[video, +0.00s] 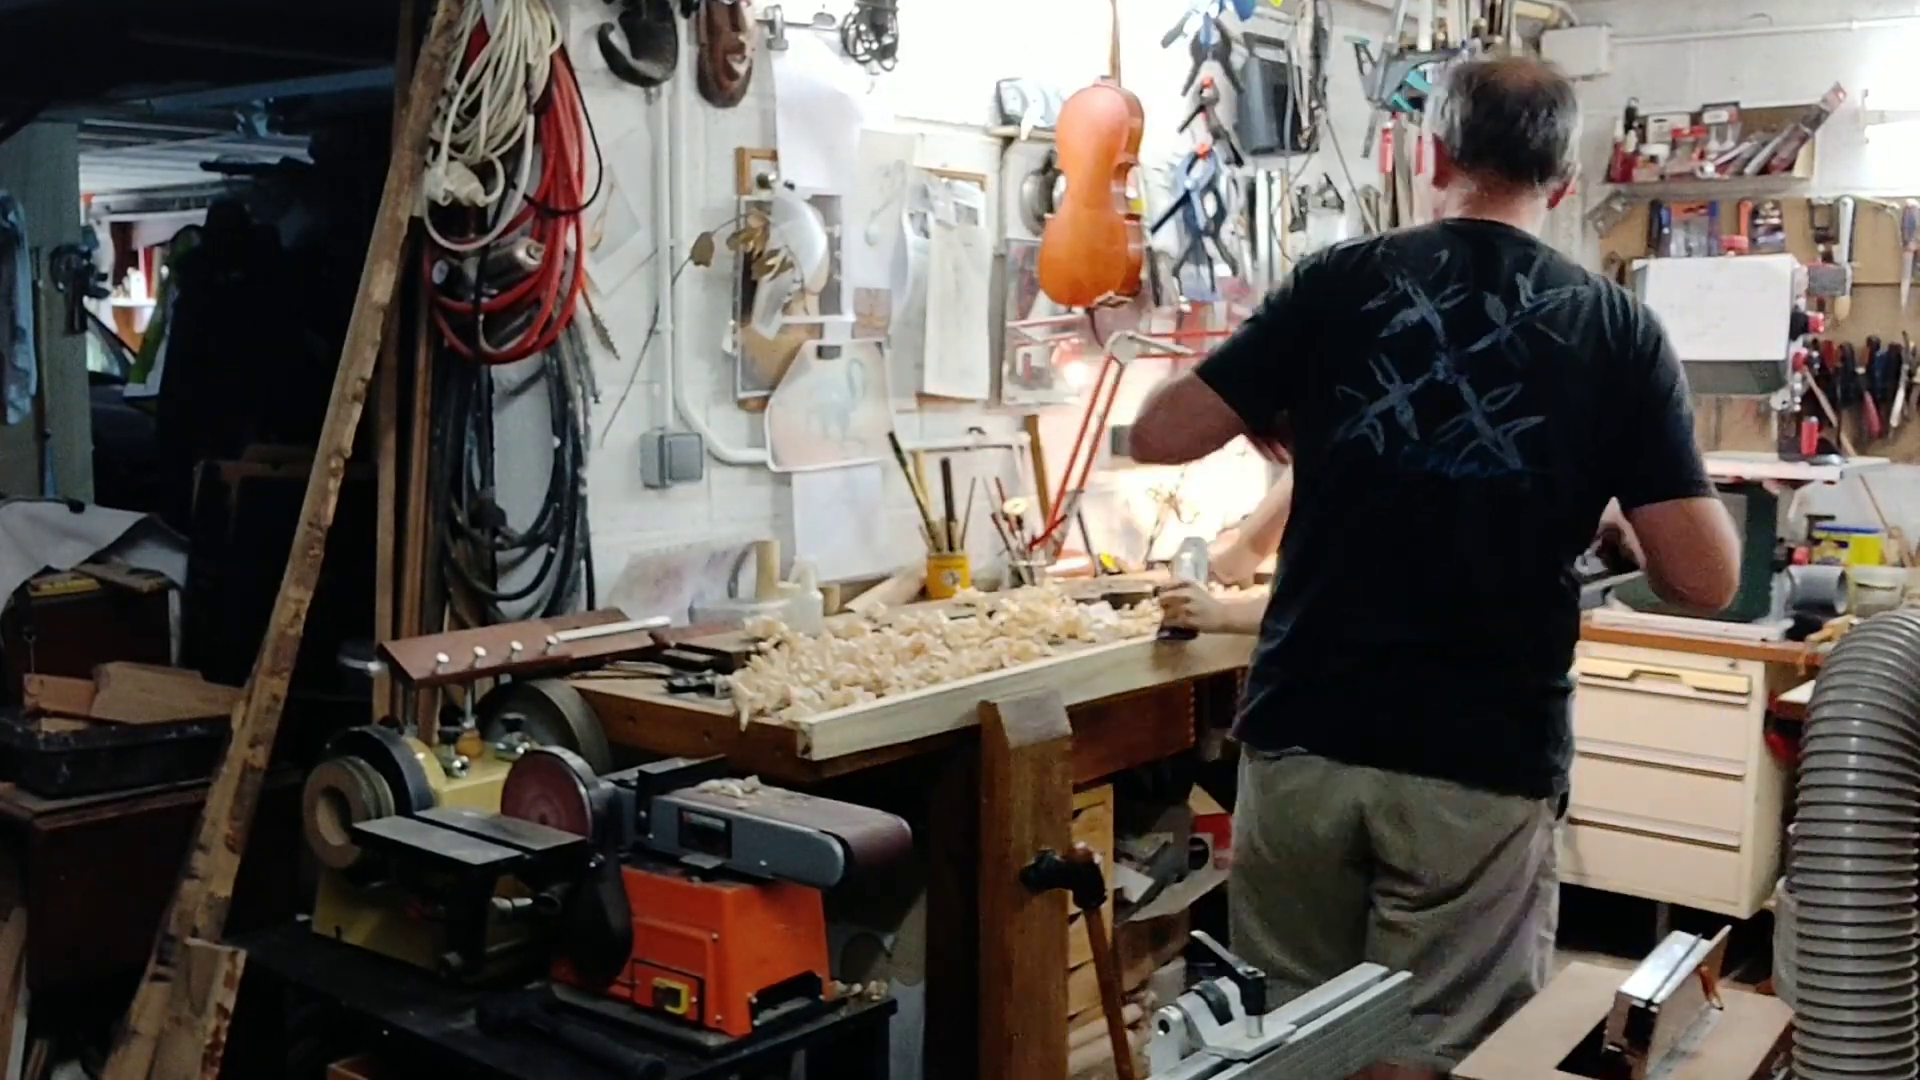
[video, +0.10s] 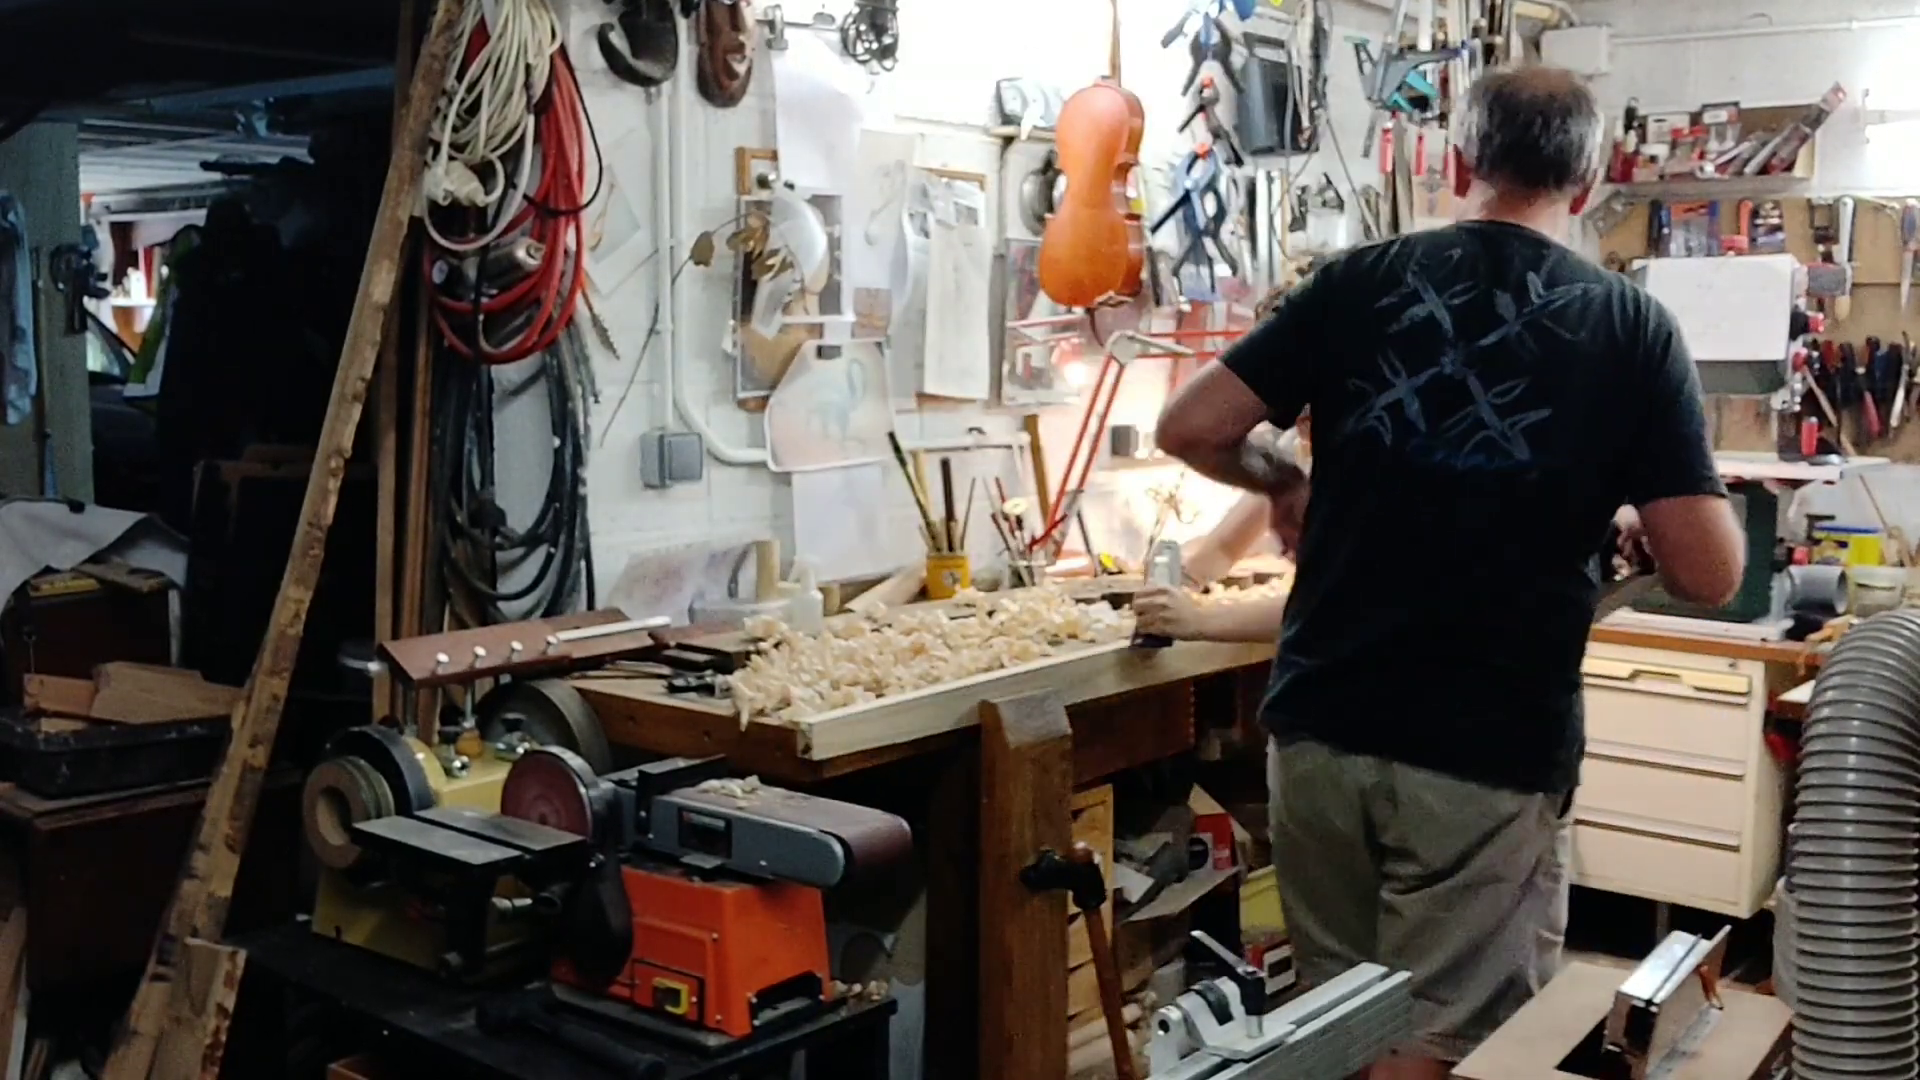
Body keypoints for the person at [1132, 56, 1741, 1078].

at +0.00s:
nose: (1433, 167)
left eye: (1433, 153)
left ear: (1437, 162)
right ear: (1562, 181)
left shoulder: (1337, 280)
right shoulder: (1615, 330)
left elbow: (1155, 434)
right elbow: (1707, 582)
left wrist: (1256, 397)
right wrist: (1631, 524)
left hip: (1302, 736)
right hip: (1482, 764)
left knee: (1280, 1046)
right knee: (1442, 1064)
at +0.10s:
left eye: (1459, 159)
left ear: (1461, 167)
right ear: (1587, 186)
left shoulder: (1362, 278)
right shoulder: (1630, 326)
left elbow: (1189, 427)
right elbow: (1711, 576)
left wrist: (1283, 478)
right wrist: (1646, 530)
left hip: (1318, 719)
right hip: (1490, 748)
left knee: (1330, 1022)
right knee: (1433, 1052)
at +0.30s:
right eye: (1615, 198)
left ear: (1479, 194)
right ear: (1605, 201)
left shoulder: (1397, 299)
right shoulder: (1651, 322)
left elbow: (1241, 445)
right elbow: (1727, 561)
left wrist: (1301, 605)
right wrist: (1679, 551)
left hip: (1407, 698)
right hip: (1562, 710)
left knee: (1420, 992)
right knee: (1501, 1017)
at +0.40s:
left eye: (1477, 209)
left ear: (1483, 210)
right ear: (1605, 208)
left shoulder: (1415, 304)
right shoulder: (1669, 309)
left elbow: (1298, 461)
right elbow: (1748, 532)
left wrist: (1347, 640)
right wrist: (1705, 558)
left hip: (1436, 692)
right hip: (1597, 698)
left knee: (1493, 981)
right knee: (1598, 989)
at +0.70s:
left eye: (1550, 194)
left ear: (1557, 199)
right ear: (1671, 192)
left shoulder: (1505, 298)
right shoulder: (1758, 296)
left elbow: (1421, 469)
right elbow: (1835, 503)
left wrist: (1458, 639)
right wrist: (1767, 533)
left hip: (1543, 676)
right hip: (1709, 677)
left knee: (1543, 968)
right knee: (1719, 964)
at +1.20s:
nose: (1647, 235)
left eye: (1649, 214)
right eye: (1646, 214)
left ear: (1679, 213)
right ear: (1769, 209)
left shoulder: (1641, 319)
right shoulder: (1866, 323)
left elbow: (1568, 505)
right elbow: (1904, 506)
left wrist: (1578, 573)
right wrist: (1807, 499)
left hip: (1663, 658)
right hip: (1805, 655)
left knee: (1677, 906)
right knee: (1760, 909)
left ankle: (1679, 1072)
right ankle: (1744, 1074)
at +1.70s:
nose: (1631, 259)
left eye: (1634, 237)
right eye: (1627, 241)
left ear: (1688, 224)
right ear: (1723, 221)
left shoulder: (1718, 320)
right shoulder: (1824, 311)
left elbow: (1661, 495)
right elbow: (1802, 469)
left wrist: (1575, 523)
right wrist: (1656, 472)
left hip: (1722, 642)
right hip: (1813, 634)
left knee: (1672, 841)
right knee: (1768, 840)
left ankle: (1709, 1033)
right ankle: (1788, 1011)